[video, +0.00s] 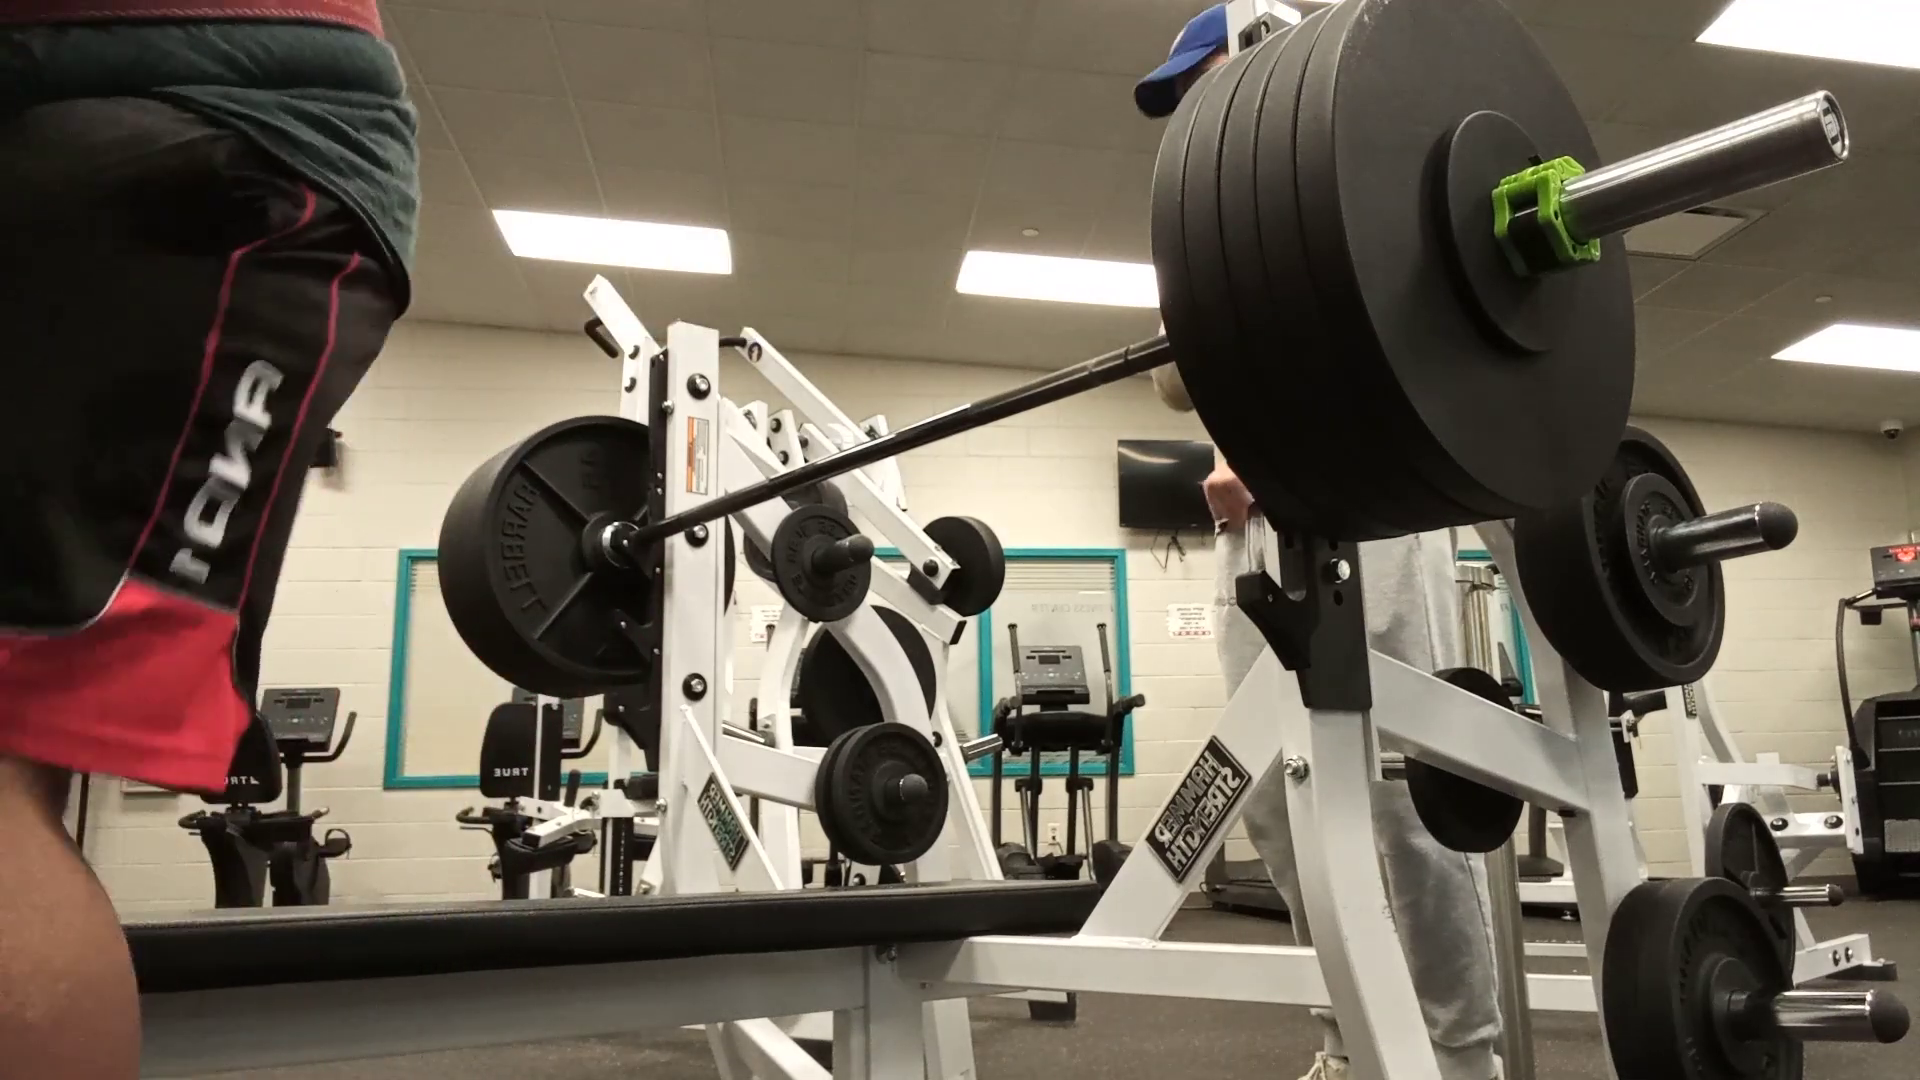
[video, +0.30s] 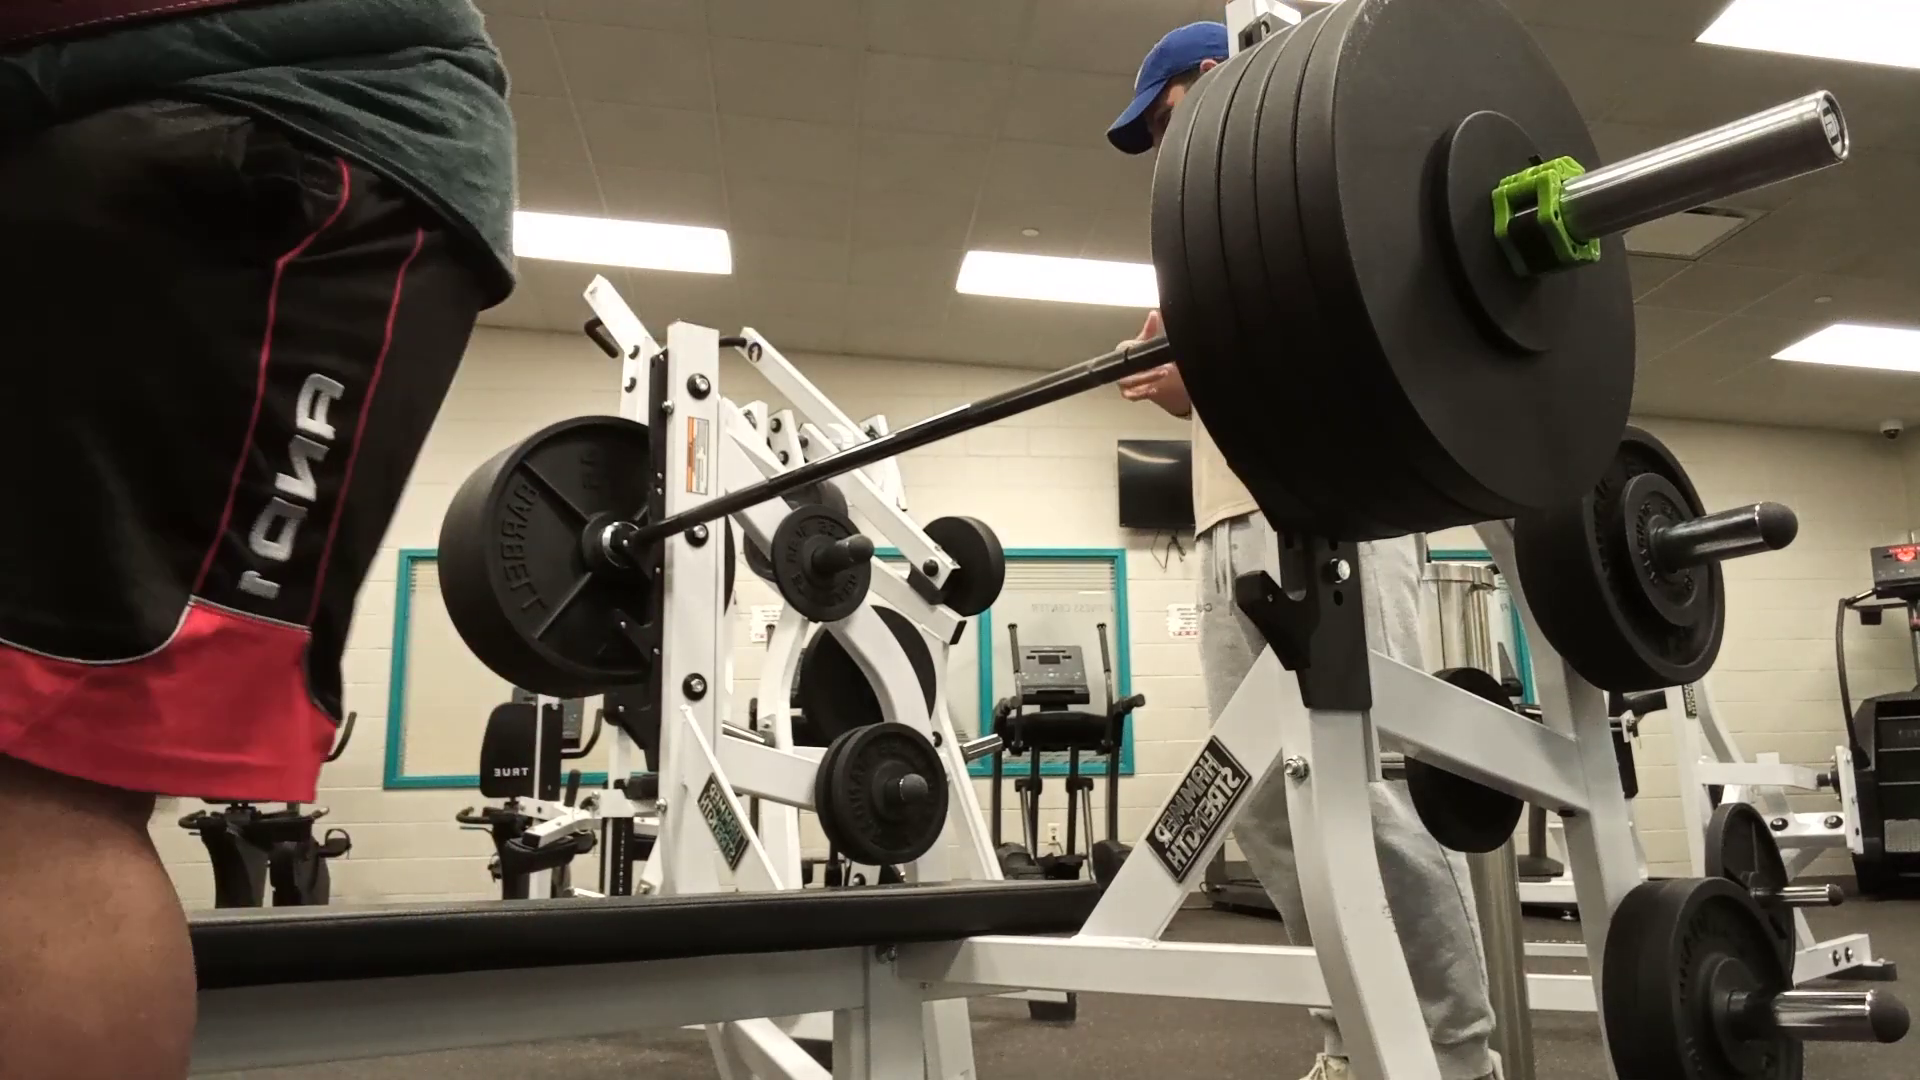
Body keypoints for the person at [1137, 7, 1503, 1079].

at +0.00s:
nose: (1186, 129)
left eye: (1197, 102)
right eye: (1178, 112)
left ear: (1260, 74)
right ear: (1196, 99)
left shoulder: (1334, 160)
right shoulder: (1234, 195)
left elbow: (1377, 330)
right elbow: (1263, 330)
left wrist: (1266, 457)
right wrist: (1237, 456)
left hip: (1368, 523)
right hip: (1273, 525)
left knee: (1397, 798)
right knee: (1280, 804)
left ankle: (1458, 1050)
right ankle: (1360, 1033)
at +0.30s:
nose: (1157, 146)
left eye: (1164, 119)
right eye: (1150, 132)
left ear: (1216, 84)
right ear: (1189, 103)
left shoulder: (1299, 176)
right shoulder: (1217, 208)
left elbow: (1345, 324)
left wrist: (1205, 373)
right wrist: (1193, 365)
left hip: (1330, 522)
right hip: (1243, 533)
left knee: (1358, 792)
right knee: (1265, 812)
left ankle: (1456, 1051)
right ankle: (1364, 1035)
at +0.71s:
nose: (1155, 171)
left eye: (1165, 148)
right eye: (1149, 159)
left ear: (1218, 124)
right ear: (1165, 152)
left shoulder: (1273, 207)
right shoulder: (1183, 253)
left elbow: (1191, 254)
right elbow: (1142, 409)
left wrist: (1049, 277)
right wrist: (1140, 356)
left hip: (1260, 520)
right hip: (1184, 537)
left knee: (1332, 782)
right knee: (1234, 806)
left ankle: (1440, 1038)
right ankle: (1365, 1018)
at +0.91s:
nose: (1132, 180)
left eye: (1139, 156)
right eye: (1129, 167)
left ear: (1187, 128)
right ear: (1164, 150)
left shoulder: (1234, 216)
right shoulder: (1179, 256)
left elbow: (1152, 264)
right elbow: (1121, 416)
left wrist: (1021, 278)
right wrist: (1130, 356)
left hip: (1230, 520)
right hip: (1184, 530)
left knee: (1219, 760)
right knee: (1214, 774)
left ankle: (1353, 998)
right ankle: (1334, 1003)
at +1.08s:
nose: (1110, 185)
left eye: (1111, 158)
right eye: (1105, 169)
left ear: (1155, 125)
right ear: (1161, 131)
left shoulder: (1208, 218)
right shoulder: (1215, 238)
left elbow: (1120, 293)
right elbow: (1103, 414)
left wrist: (989, 322)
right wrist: (1105, 348)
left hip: (1202, 533)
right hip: (1263, 537)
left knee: (1159, 792)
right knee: (1260, 801)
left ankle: (1194, 1051)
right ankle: (1335, 1029)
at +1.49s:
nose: (1013, 126)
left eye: (1021, 101)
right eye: (1010, 109)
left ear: (1072, 83)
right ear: (1082, 90)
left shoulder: (1131, 183)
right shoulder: (1106, 198)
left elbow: (1146, 353)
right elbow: (1117, 369)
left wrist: (1026, 438)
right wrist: (1014, 399)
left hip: (1132, 526)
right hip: (1112, 521)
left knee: (1101, 804)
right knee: (1108, 794)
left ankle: (1144, 1055)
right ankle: (1274, 1000)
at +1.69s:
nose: (985, 126)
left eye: (995, 100)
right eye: (979, 110)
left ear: (1054, 84)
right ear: (1048, 93)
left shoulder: (1110, 179)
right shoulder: (1062, 213)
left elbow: (1135, 321)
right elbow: (1076, 380)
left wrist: (989, 430)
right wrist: (970, 400)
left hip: (1113, 528)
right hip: (1056, 533)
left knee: (1092, 783)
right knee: (1010, 771)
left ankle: (1141, 1037)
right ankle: (1087, 992)